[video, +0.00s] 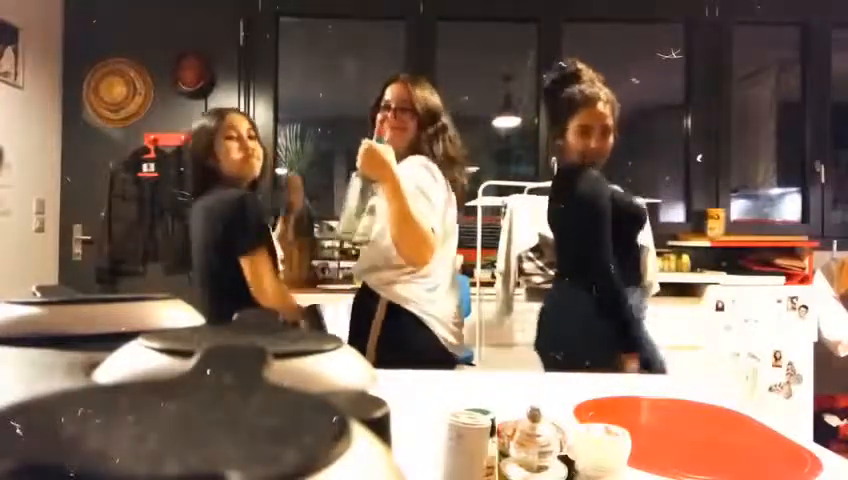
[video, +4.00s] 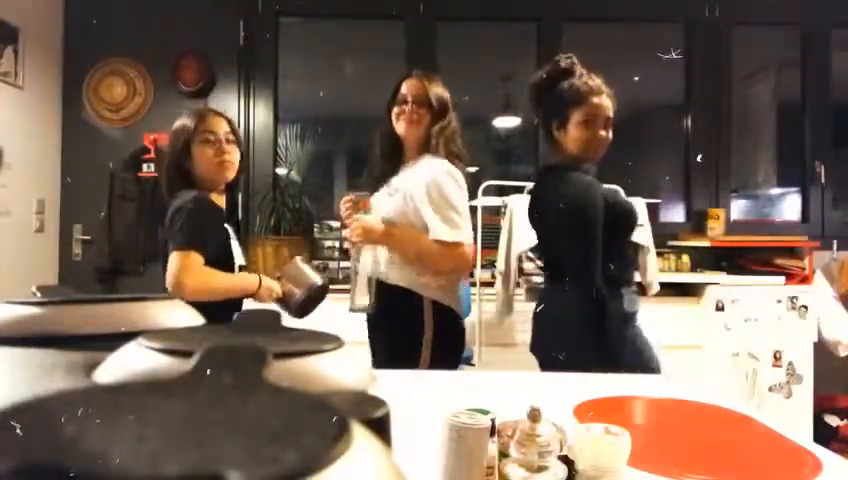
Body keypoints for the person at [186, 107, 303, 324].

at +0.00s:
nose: (248, 146)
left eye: (252, 137)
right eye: (232, 138)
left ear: (260, 145)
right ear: (209, 154)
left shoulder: (201, 206)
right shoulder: (242, 204)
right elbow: (266, 291)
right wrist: (298, 314)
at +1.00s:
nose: (213, 150)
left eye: (218, 144)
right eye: (197, 143)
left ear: (225, 158)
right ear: (173, 163)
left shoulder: (205, 213)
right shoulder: (177, 208)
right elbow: (148, 282)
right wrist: (231, 296)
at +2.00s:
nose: (215, 135)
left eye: (221, 127)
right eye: (200, 128)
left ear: (231, 137)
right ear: (177, 145)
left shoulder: (212, 196)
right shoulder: (186, 191)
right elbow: (165, 266)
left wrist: (251, 276)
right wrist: (241, 279)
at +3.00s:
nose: (222, 139)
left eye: (227, 131)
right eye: (206, 131)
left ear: (236, 141)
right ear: (181, 148)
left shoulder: (212, 202)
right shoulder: (187, 198)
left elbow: (222, 278)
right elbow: (173, 275)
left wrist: (268, 292)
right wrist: (247, 285)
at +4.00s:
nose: (223, 149)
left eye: (230, 140)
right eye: (208, 141)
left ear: (240, 151)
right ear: (185, 156)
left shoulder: (220, 211)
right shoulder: (195, 207)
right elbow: (183, 281)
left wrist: (272, 285)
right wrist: (255, 284)